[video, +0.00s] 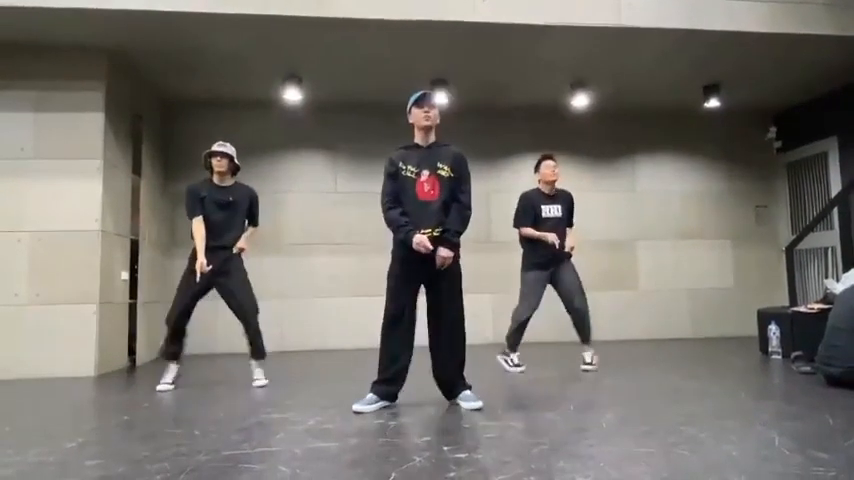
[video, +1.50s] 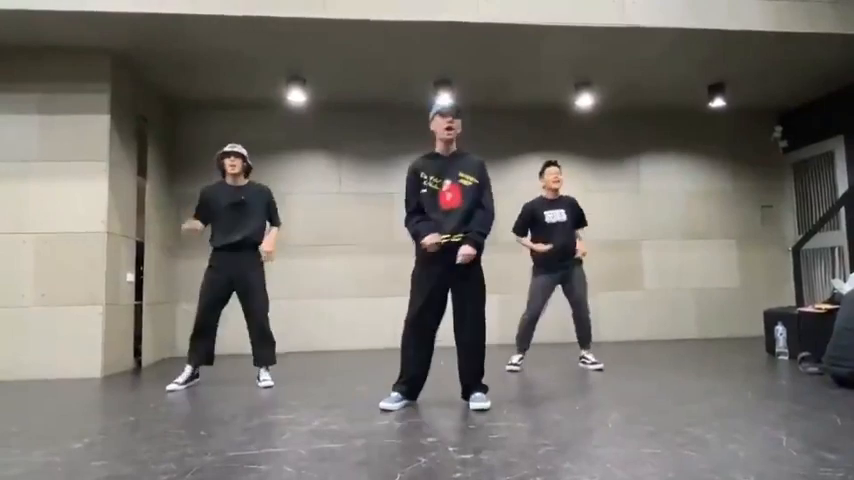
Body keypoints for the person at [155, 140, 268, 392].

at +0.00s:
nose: (218, 161)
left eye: (223, 158)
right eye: (215, 157)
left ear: (233, 163)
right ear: (209, 162)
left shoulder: (247, 194)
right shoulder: (196, 190)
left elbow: (252, 224)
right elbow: (197, 224)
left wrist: (244, 238)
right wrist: (200, 256)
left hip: (230, 259)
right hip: (202, 258)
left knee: (249, 312)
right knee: (177, 315)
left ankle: (257, 365)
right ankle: (172, 365)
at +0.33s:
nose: (221, 162)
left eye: (226, 158)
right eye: (218, 158)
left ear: (236, 164)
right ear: (212, 164)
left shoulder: (250, 195)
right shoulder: (201, 192)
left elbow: (253, 225)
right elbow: (204, 225)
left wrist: (247, 242)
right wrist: (212, 255)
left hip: (235, 258)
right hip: (206, 256)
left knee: (246, 312)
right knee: (193, 311)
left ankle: (251, 366)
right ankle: (186, 369)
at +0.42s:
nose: (222, 164)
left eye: (227, 161)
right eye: (219, 159)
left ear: (235, 167)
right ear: (212, 163)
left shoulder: (245, 194)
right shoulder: (198, 191)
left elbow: (248, 224)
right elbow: (197, 222)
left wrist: (247, 238)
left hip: (236, 258)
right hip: (208, 258)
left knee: (247, 309)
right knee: (194, 312)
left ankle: (251, 366)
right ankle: (184, 369)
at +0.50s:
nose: (220, 168)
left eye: (226, 165)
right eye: (217, 163)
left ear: (233, 171)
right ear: (210, 166)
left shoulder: (242, 197)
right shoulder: (195, 192)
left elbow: (244, 227)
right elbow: (188, 224)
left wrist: (244, 237)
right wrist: (211, 202)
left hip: (237, 256)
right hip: (208, 257)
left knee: (247, 308)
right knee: (197, 310)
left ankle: (252, 366)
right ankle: (182, 368)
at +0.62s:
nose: (216, 168)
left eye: (222, 165)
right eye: (213, 163)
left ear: (229, 172)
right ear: (205, 167)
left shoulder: (237, 199)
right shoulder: (190, 193)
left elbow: (236, 229)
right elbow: (169, 221)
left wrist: (238, 240)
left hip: (231, 258)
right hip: (201, 259)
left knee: (245, 309)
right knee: (189, 313)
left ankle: (251, 366)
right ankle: (180, 369)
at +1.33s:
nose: (218, 166)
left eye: (223, 162)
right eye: (214, 163)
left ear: (232, 168)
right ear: (209, 169)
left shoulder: (247, 196)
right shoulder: (206, 199)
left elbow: (270, 220)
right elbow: (206, 228)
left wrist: (254, 245)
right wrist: (185, 243)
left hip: (241, 265)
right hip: (214, 267)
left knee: (254, 318)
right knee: (197, 319)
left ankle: (263, 366)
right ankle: (185, 372)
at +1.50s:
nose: (232, 161)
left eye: (236, 157)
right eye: (228, 157)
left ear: (245, 163)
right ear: (222, 163)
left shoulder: (261, 192)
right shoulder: (210, 192)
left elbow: (275, 224)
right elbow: (198, 221)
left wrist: (269, 241)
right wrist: (191, 225)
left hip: (250, 261)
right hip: (220, 261)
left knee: (257, 315)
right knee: (205, 314)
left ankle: (263, 368)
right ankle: (192, 368)